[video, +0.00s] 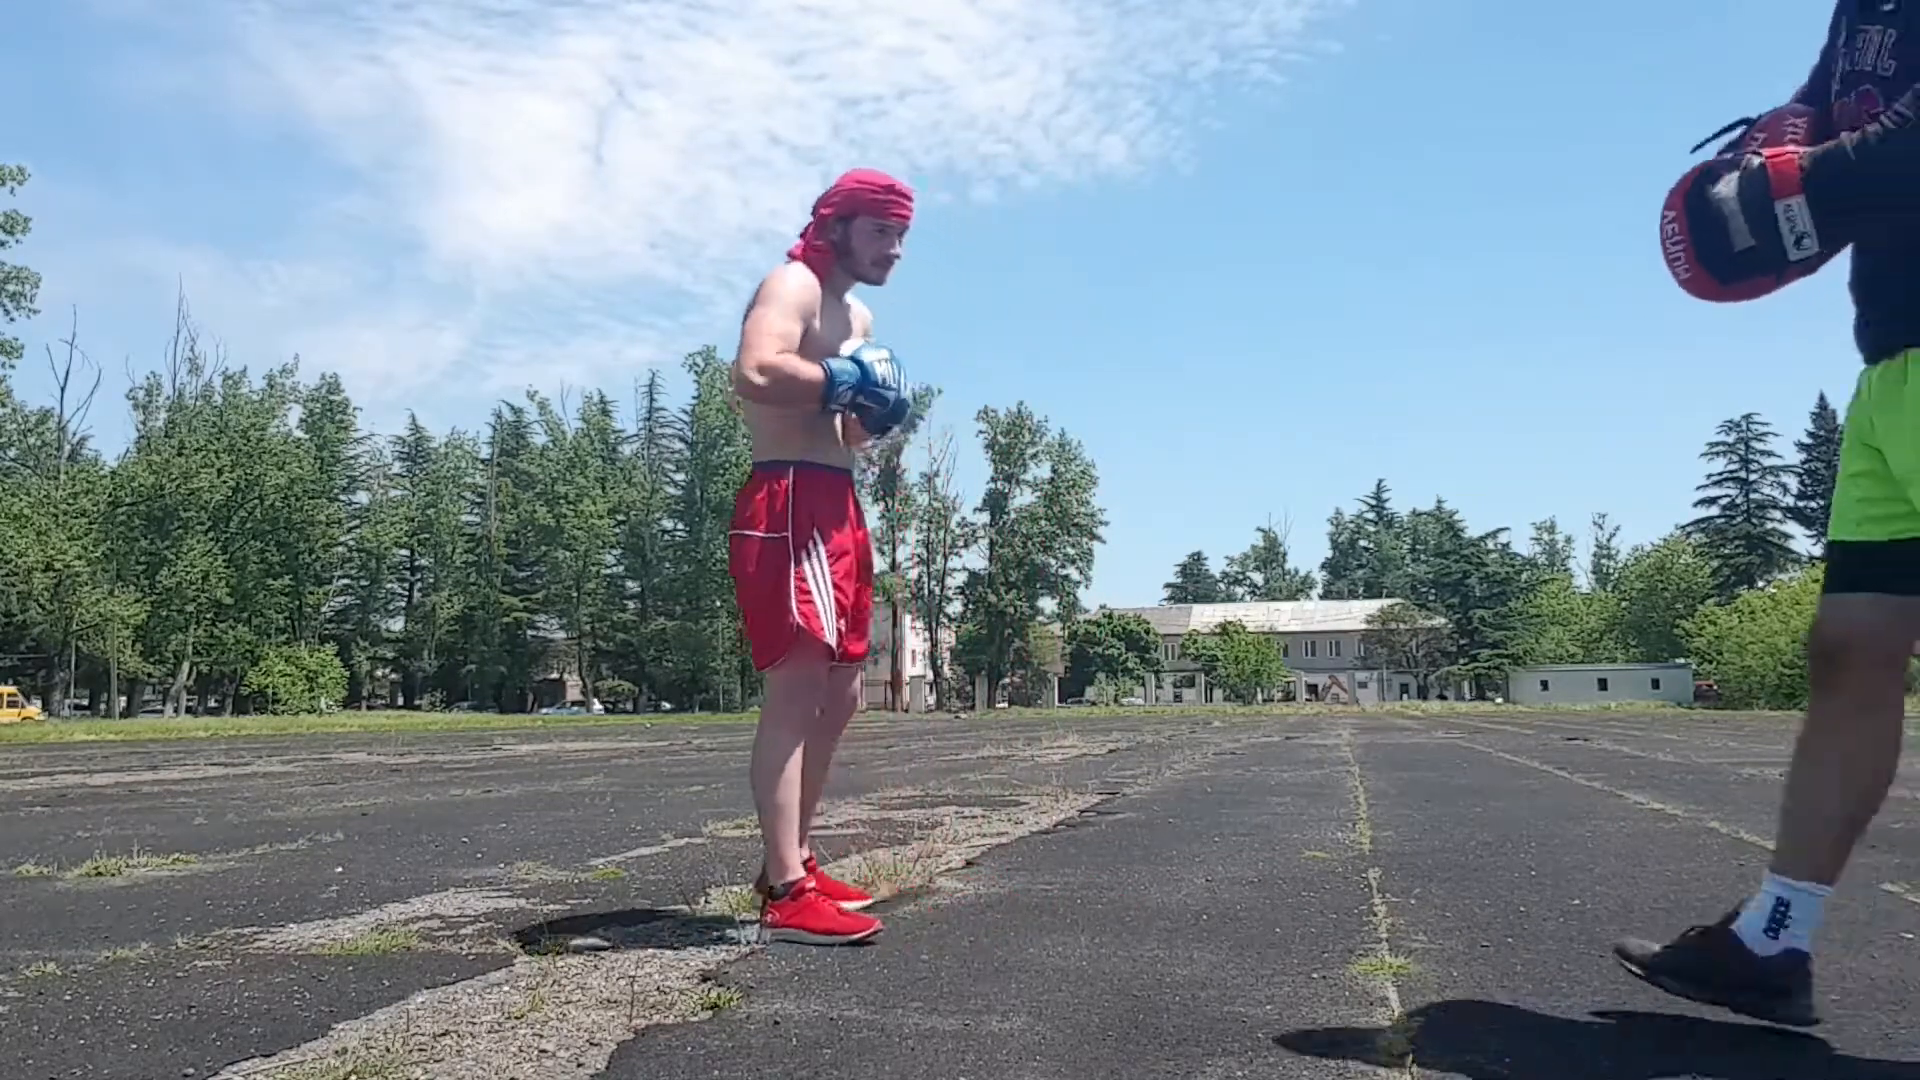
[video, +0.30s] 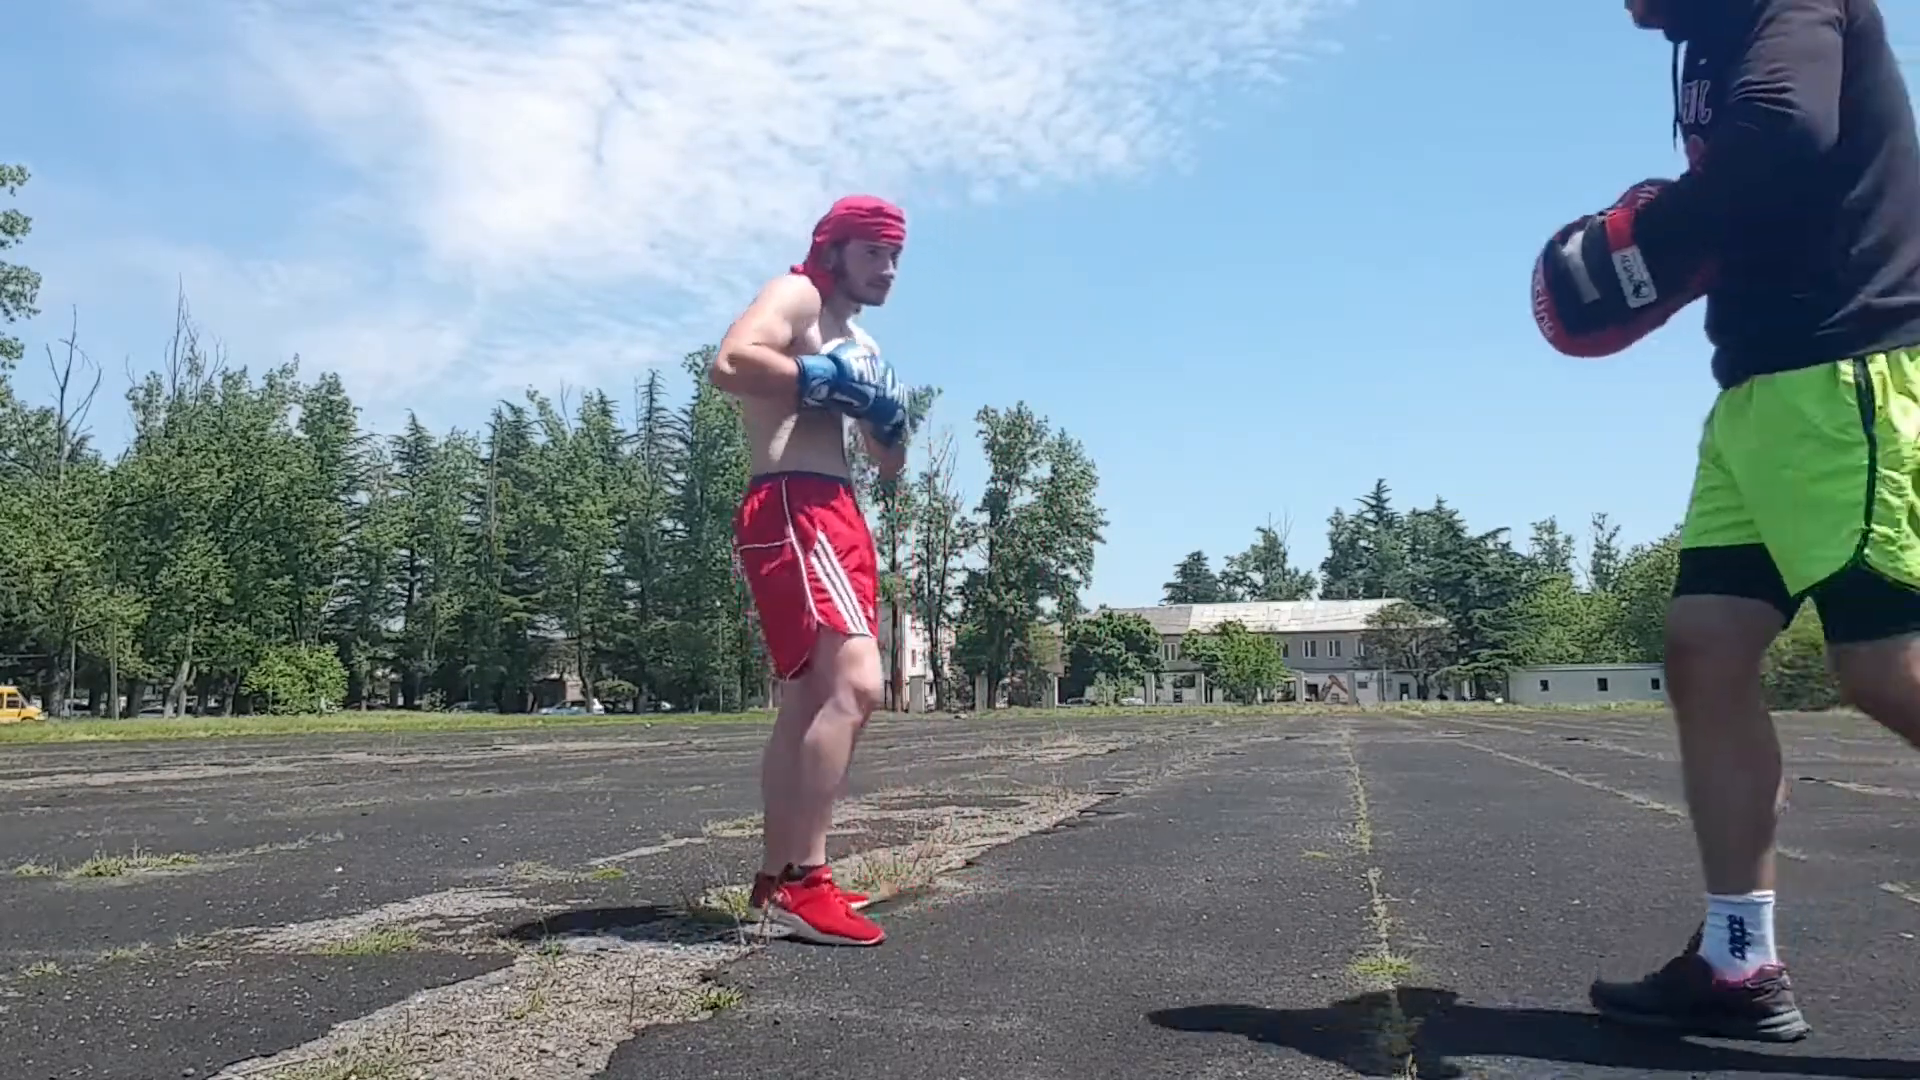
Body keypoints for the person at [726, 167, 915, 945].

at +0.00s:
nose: (895, 250)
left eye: (901, 237)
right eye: (883, 234)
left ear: (889, 243)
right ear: (836, 227)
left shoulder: (858, 318)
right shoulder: (791, 284)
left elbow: (844, 434)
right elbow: (754, 371)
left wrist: (877, 421)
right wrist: (847, 382)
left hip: (837, 504)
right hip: (785, 502)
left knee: (842, 693)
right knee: (798, 686)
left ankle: (796, 862)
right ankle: (781, 883)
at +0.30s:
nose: (887, 269)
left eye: (894, 258)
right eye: (874, 254)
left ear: (891, 267)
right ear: (831, 252)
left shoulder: (859, 342)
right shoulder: (794, 294)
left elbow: (890, 465)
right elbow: (729, 362)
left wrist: (888, 421)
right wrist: (827, 378)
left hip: (831, 510)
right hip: (793, 506)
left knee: (801, 705)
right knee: (853, 684)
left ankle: (778, 878)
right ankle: (803, 880)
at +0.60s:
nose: (902, 267)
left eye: (909, 256)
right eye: (890, 251)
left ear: (902, 262)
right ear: (845, 246)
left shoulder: (871, 338)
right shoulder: (796, 303)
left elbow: (862, 462)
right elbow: (755, 407)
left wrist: (899, 417)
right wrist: (841, 372)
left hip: (850, 520)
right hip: (798, 512)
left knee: (807, 703)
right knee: (847, 690)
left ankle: (780, 877)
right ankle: (838, 884)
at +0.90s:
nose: (927, 266)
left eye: (933, 254)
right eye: (915, 249)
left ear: (923, 263)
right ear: (868, 246)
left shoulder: (885, 337)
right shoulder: (821, 325)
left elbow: (909, 450)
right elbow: (856, 441)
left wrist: (949, 377)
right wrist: (904, 374)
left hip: (863, 520)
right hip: (813, 518)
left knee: (896, 688)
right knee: (842, 698)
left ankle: (812, 835)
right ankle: (839, 886)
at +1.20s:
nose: (951, 298)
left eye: (956, 287)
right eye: (939, 283)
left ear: (949, 295)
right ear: (895, 280)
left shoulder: (922, 358)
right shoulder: (853, 331)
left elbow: (931, 473)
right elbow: (826, 427)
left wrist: (968, 395)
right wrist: (899, 391)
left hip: (891, 529)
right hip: (844, 522)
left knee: (909, 704)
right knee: (883, 693)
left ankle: (858, 855)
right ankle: (841, 888)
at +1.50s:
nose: (958, 292)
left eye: (961, 281)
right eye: (947, 278)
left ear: (947, 287)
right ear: (906, 275)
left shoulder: (927, 347)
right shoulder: (866, 320)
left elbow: (948, 451)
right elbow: (840, 400)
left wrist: (979, 376)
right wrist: (915, 379)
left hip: (901, 526)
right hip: (852, 520)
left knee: (909, 690)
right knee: (893, 683)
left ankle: (855, 857)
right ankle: (854, 869)